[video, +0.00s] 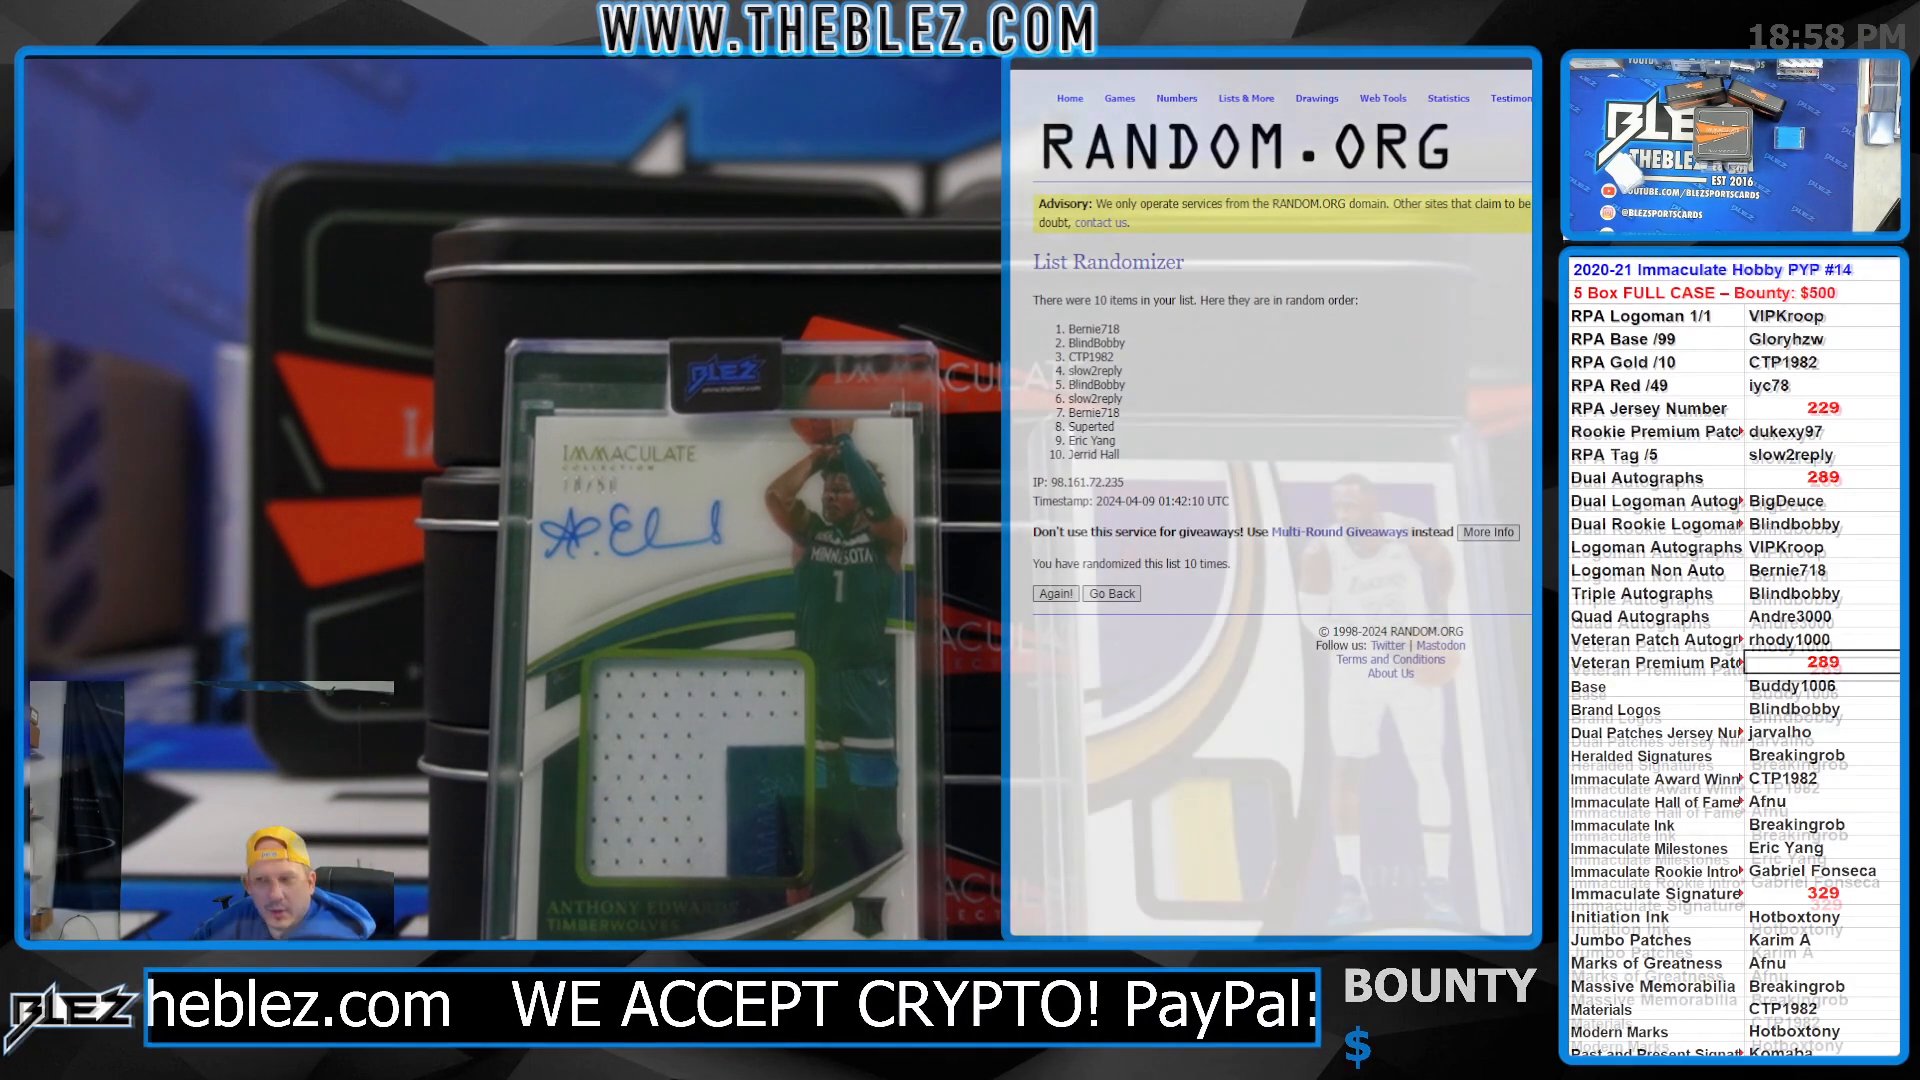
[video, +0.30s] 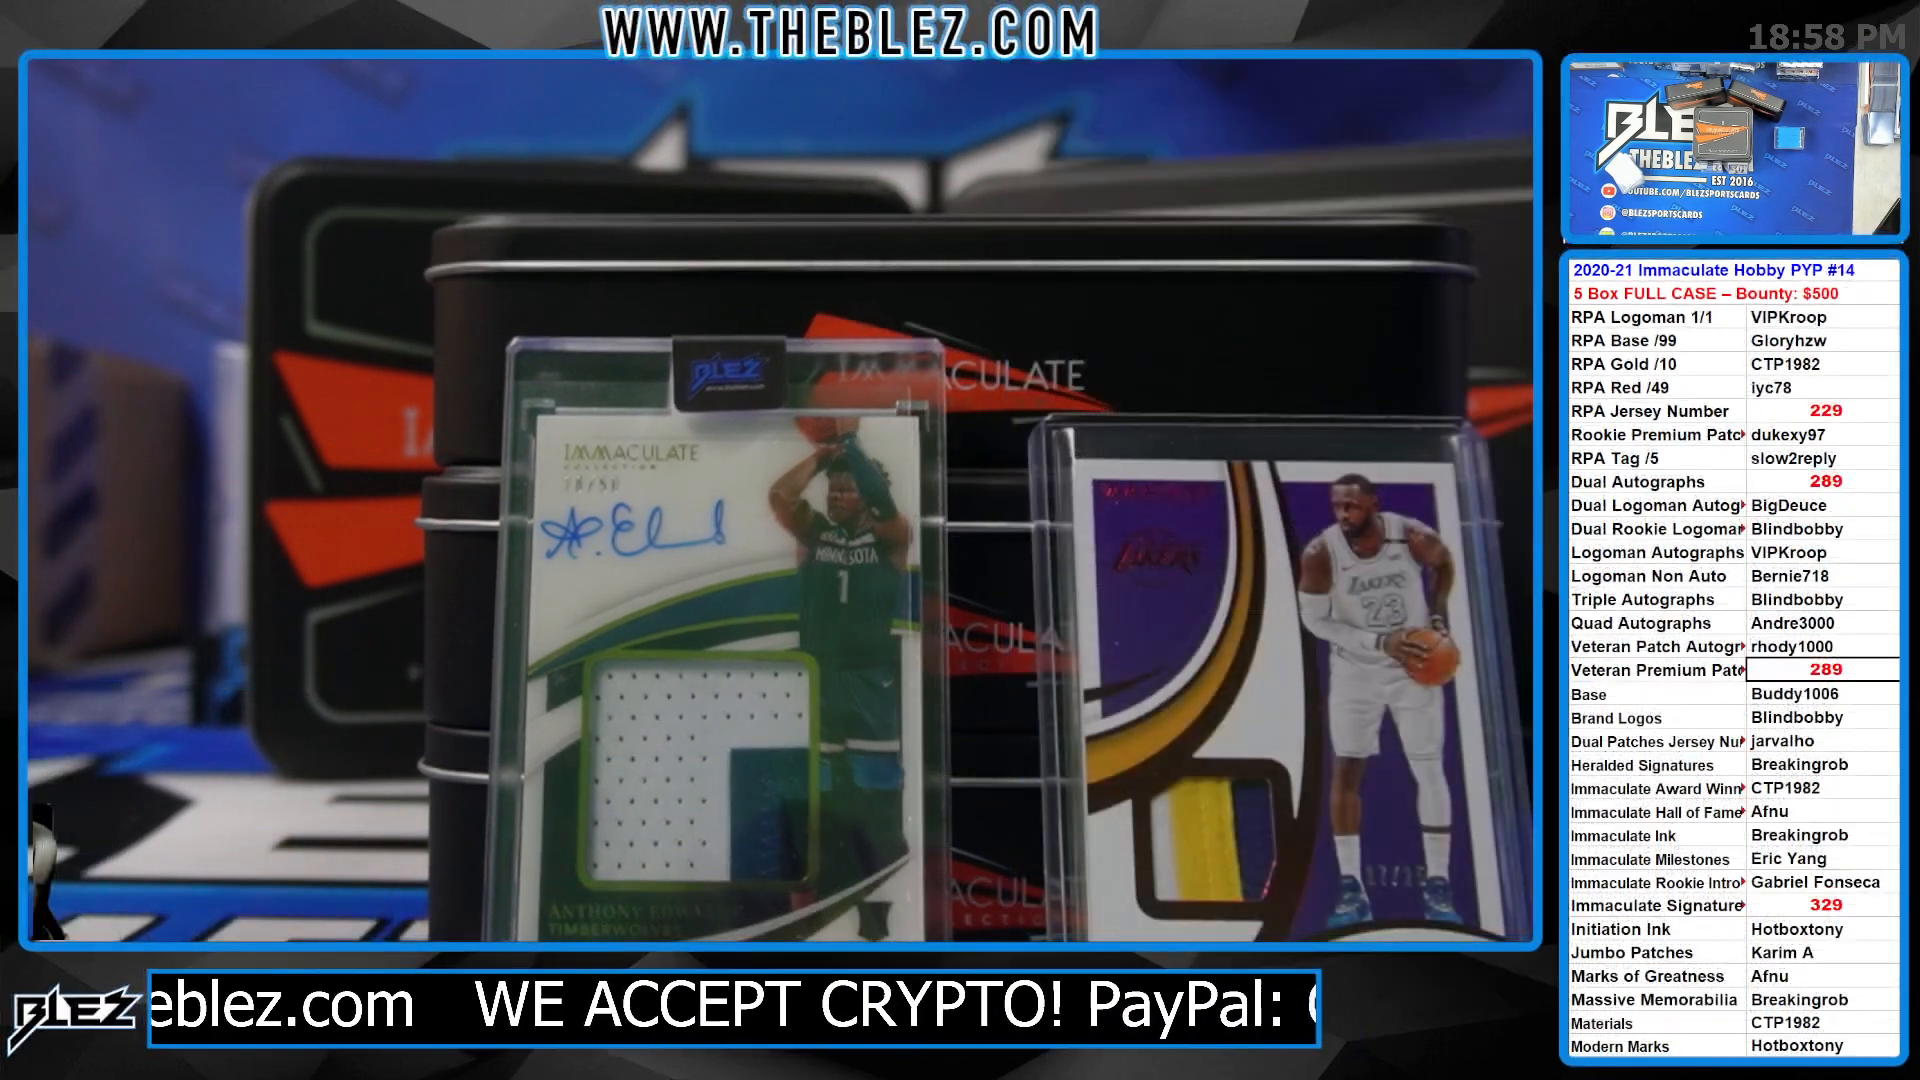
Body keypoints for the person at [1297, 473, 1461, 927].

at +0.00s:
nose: (1348, 513)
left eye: (1355, 503)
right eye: (1341, 506)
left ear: (1374, 502)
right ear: (1333, 510)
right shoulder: (1325, 550)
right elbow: (1312, 616)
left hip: (1414, 675)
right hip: (1352, 678)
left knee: (1429, 773)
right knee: (1348, 774)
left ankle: (1436, 882)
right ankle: (1349, 885)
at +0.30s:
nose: (1343, 514)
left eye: (1352, 506)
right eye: (1338, 506)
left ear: (1373, 505)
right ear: (1332, 509)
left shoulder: (1413, 536)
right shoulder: (1319, 554)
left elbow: (1444, 565)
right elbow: (1315, 621)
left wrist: (1437, 617)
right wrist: (1378, 642)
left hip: (1414, 673)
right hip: (1354, 675)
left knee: (1429, 771)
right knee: (1348, 774)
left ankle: (1438, 885)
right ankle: (1351, 889)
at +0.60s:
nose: (1344, 514)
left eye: (1352, 506)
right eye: (1338, 507)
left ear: (1373, 506)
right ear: (1332, 509)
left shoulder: (1413, 536)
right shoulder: (1319, 555)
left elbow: (1444, 564)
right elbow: (1315, 621)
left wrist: (1437, 617)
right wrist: (1379, 642)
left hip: (1414, 673)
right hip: (1354, 675)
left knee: (1429, 771)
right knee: (1348, 773)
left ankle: (1437, 884)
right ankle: (1351, 888)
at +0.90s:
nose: (1344, 514)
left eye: (1351, 506)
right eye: (1338, 506)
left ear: (1373, 505)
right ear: (1332, 509)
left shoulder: (1412, 536)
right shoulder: (1319, 555)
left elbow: (1444, 564)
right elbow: (1315, 621)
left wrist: (1437, 616)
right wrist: (1379, 642)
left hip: (1414, 673)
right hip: (1354, 675)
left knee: (1429, 771)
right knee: (1348, 773)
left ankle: (1437, 884)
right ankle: (1351, 888)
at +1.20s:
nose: (1343, 513)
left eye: (1351, 505)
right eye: (1337, 506)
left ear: (1373, 505)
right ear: (1332, 509)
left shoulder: (1413, 536)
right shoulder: (1319, 555)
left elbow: (1444, 564)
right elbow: (1315, 621)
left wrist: (1437, 616)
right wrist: (1378, 642)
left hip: (1414, 673)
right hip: (1354, 675)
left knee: (1429, 771)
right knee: (1348, 773)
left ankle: (1438, 884)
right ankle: (1351, 888)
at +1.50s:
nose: (1342, 514)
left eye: (1351, 506)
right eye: (1336, 506)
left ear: (1374, 505)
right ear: (1332, 509)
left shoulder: (1413, 536)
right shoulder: (1319, 555)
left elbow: (1444, 565)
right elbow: (1316, 621)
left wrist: (1437, 617)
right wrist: (1379, 642)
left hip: (1414, 672)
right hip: (1354, 675)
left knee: (1430, 771)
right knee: (1347, 773)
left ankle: (1438, 884)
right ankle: (1351, 888)